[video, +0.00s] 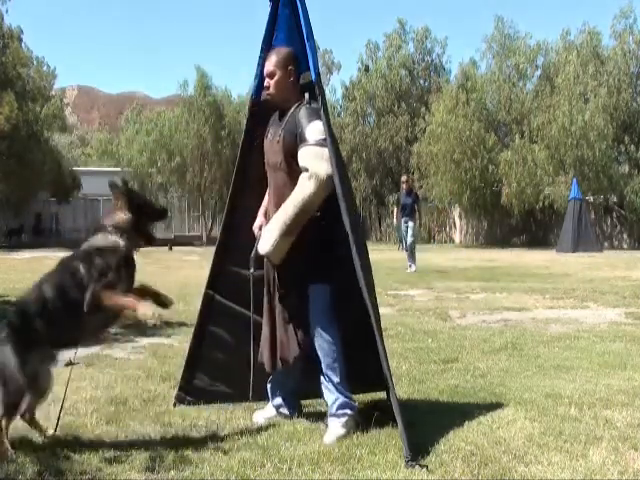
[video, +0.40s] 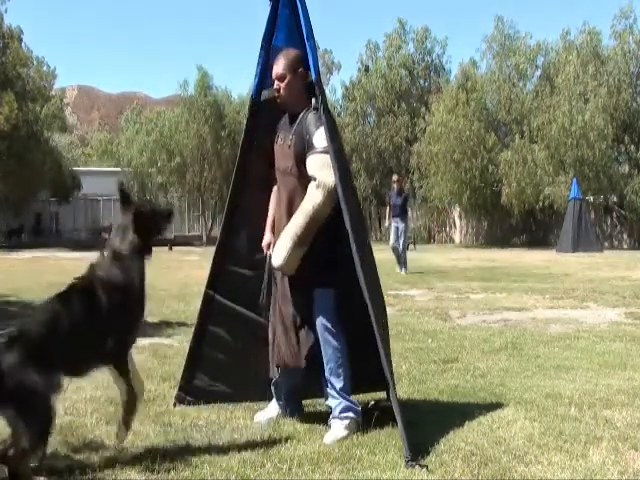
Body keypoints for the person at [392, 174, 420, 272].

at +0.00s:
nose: (404, 185)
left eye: (406, 183)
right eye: (403, 183)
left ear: (409, 183)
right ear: (401, 184)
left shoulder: (414, 194)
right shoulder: (400, 195)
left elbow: (418, 208)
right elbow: (396, 207)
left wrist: (420, 220)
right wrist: (395, 218)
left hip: (412, 218)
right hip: (403, 218)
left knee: (410, 241)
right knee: (405, 241)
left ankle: (412, 262)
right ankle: (409, 262)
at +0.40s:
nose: (395, 184)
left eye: (397, 182)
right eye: (394, 182)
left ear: (401, 182)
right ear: (392, 183)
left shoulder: (405, 194)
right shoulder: (390, 195)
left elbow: (410, 208)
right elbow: (388, 207)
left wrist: (412, 220)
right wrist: (387, 219)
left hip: (403, 220)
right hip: (394, 220)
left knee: (402, 244)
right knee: (392, 243)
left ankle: (403, 267)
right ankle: (399, 263)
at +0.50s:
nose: (393, 184)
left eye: (395, 181)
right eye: (391, 182)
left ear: (398, 182)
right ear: (389, 183)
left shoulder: (402, 194)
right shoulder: (388, 194)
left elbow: (405, 207)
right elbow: (386, 208)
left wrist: (404, 219)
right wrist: (385, 220)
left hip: (400, 221)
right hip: (391, 221)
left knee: (401, 245)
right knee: (389, 243)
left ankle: (403, 267)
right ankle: (390, 266)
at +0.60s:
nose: (389, 185)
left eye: (391, 183)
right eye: (387, 183)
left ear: (395, 184)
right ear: (385, 185)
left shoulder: (398, 194)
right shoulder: (386, 195)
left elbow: (401, 209)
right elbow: (384, 208)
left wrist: (394, 217)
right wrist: (382, 220)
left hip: (398, 222)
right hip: (388, 222)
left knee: (400, 246)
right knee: (386, 245)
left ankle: (402, 267)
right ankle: (383, 267)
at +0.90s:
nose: (377, 184)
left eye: (379, 181)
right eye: (375, 182)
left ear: (383, 181)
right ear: (373, 183)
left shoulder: (390, 194)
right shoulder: (374, 194)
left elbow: (392, 208)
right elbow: (371, 208)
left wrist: (390, 221)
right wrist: (368, 222)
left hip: (386, 220)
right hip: (377, 220)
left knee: (384, 245)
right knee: (378, 246)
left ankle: (390, 264)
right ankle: (380, 268)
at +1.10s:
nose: (372, 185)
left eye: (373, 182)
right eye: (370, 183)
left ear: (377, 182)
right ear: (368, 184)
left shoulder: (383, 194)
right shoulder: (365, 195)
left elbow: (387, 206)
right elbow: (363, 207)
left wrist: (384, 216)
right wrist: (365, 216)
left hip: (379, 220)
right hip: (369, 219)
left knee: (377, 244)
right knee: (370, 244)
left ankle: (379, 267)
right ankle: (372, 268)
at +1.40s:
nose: (362, 184)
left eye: (364, 181)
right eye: (360, 181)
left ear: (368, 181)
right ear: (358, 182)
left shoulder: (374, 193)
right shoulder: (359, 194)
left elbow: (379, 207)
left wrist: (380, 223)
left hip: (370, 219)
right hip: (360, 219)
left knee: (370, 239)